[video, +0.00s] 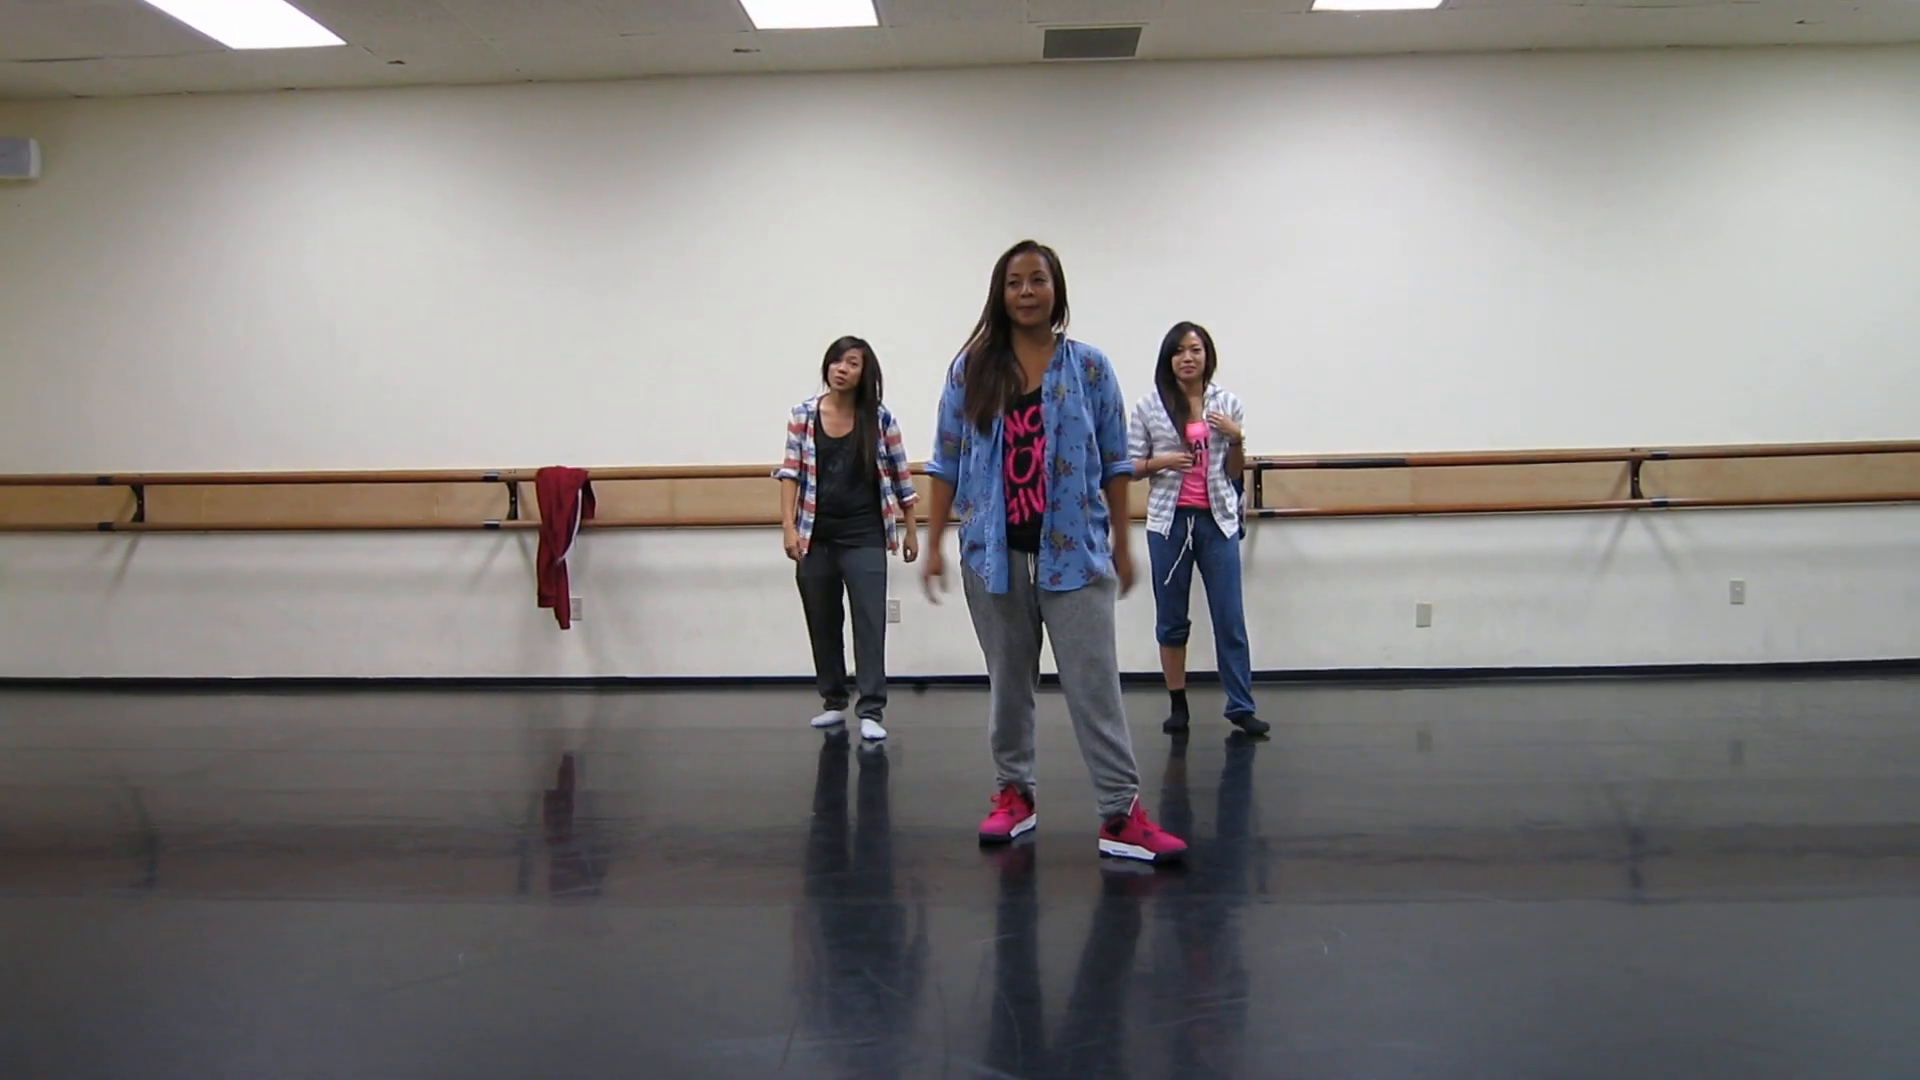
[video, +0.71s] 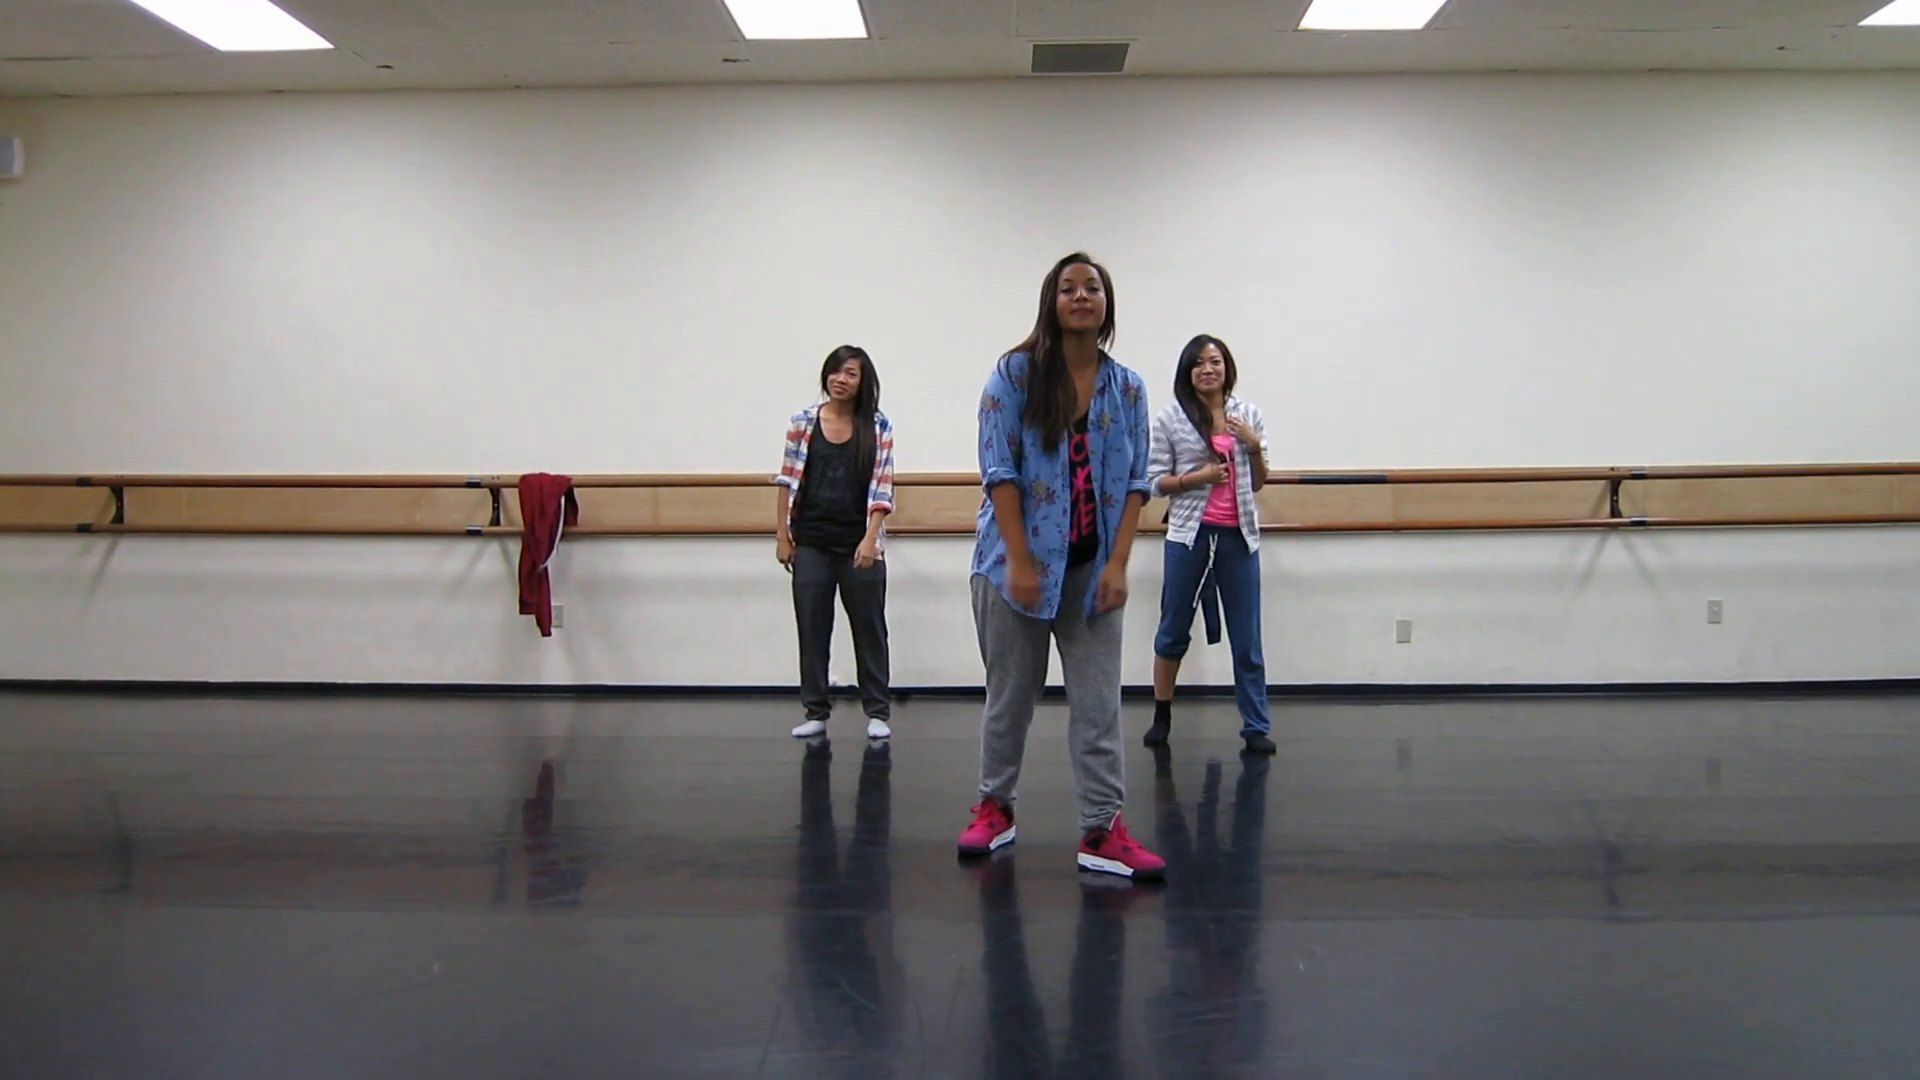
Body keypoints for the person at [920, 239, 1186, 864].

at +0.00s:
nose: (1028, 290)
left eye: (1038, 279)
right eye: (1016, 281)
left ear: (1058, 289)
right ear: (999, 293)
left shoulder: (1089, 366)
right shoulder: (970, 370)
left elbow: (1116, 462)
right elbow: (945, 463)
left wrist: (1122, 542)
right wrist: (933, 544)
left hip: (1075, 556)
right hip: (994, 558)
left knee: (1095, 683)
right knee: (1009, 684)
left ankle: (1121, 814)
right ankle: (1013, 797)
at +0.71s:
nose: (1082, 296)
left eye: (1092, 288)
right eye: (1070, 288)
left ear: (1108, 303)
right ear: (1050, 303)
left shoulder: (1127, 386)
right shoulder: (1014, 374)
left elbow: (1137, 482)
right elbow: (999, 469)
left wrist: (1118, 561)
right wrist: (1019, 557)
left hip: (1093, 570)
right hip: (1017, 566)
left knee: (1098, 705)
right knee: (1009, 698)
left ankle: (1101, 830)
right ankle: (994, 810)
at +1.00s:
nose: (1039, 314)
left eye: (1051, 303)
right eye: (1028, 304)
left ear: (1069, 313)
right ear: (1011, 313)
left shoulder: (1091, 387)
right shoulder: (979, 377)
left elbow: (1087, 484)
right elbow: (987, 460)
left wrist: (1032, 541)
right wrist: (1060, 490)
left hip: (1060, 563)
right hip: (982, 562)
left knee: (1071, 703)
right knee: (989, 699)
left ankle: (1090, 831)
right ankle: (988, 815)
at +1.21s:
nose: (1014, 313)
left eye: (1024, 303)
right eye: (1003, 305)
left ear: (1044, 313)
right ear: (987, 317)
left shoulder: (1070, 389)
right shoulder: (959, 384)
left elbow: (1069, 482)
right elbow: (953, 466)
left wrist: (1038, 557)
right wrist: (998, 507)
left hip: (1043, 565)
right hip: (968, 568)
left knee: (1058, 703)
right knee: (979, 702)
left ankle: (1082, 827)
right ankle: (986, 816)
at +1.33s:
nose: (1002, 313)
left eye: (1013, 303)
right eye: (990, 306)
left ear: (1033, 314)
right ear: (975, 319)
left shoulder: (1062, 389)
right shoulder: (949, 387)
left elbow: (1082, 482)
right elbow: (915, 462)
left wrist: (1097, 559)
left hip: (1038, 572)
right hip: (961, 573)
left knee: (1054, 701)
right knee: (977, 701)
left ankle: (1081, 824)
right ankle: (985, 815)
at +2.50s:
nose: (980, 333)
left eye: (986, 320)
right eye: (966, 330)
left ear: (1009, 326)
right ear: (958, 349)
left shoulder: (1053, 391)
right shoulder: (951, 413)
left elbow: (1056, 477)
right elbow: (931, 500)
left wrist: (1011, 535)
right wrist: (915, 579)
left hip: (1051, 574)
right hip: (976, 580)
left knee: (1073, 700)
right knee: (987, 707)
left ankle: (1061, 789)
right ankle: (997, 823)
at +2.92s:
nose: (1052, 350)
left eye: (1061, 338)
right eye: (1039, 342)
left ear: (1079, 344)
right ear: (1024, 352)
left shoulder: (1110, 413)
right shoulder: (1001, 416)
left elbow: (1131, 496)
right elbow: (987, 502)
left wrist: (1077, 531)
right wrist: (1002, 569)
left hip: (1087, 584)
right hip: (1018, 585)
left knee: (1079, 707)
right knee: (1012, 711)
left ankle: (1077, 808)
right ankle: (1001, 823)